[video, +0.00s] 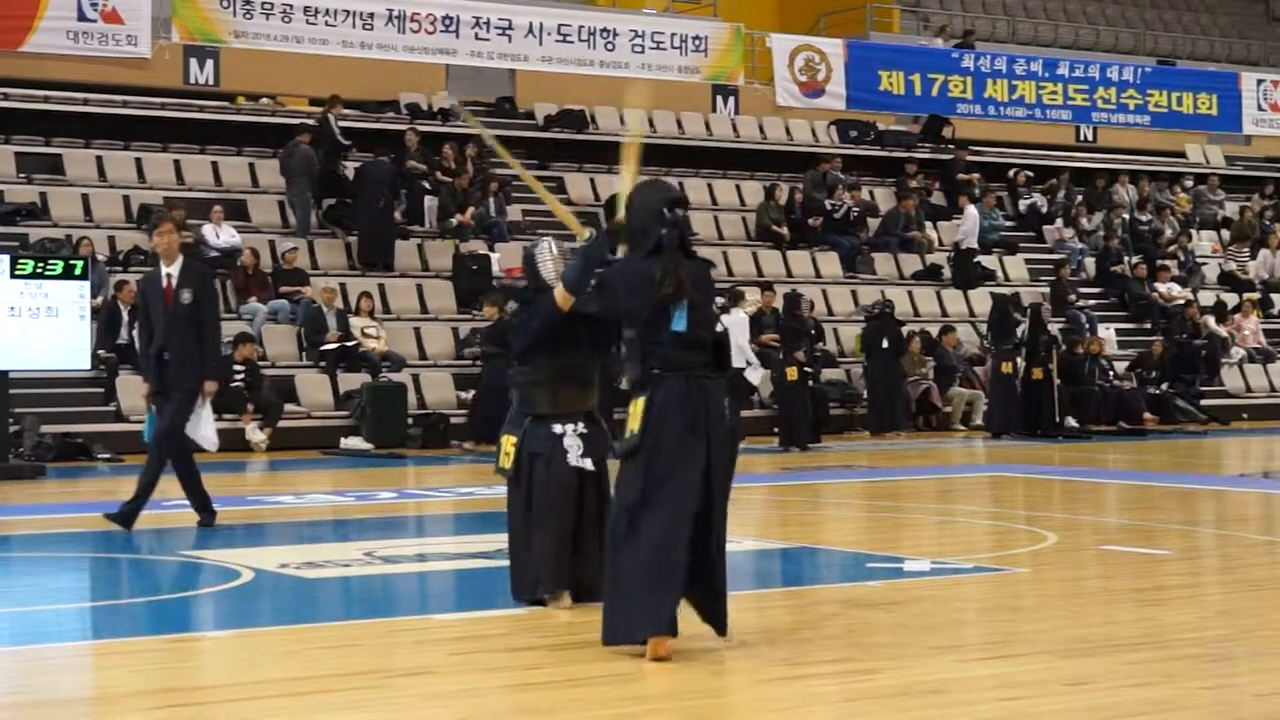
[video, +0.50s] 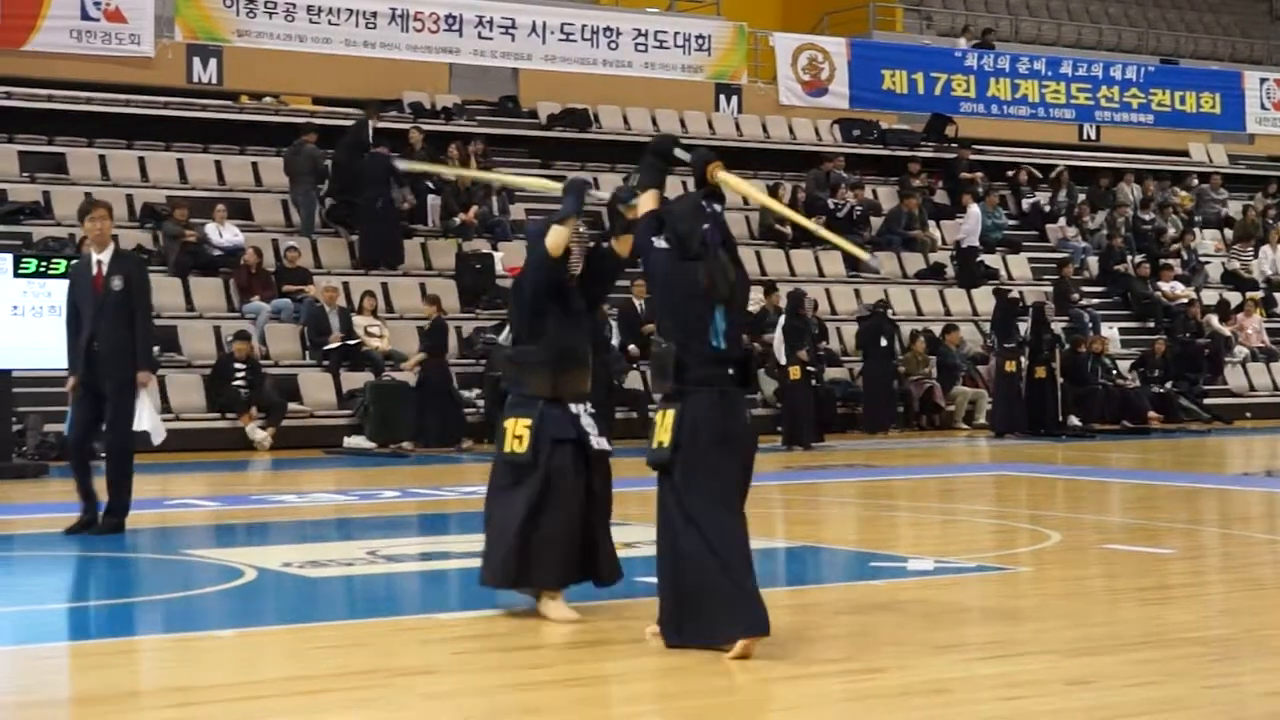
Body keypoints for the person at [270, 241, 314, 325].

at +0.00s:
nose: (293, 256)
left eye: (294, 253)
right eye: (289, 253)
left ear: (297, 254)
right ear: (283, 256)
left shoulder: (301, 272)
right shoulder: (277, 271)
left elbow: (308, 287)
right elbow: (279, 289)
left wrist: (306, 294)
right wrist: (299, 289)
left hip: (300, 295)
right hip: (284, 297)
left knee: (306, 301)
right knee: (305, 309)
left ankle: (298, 328)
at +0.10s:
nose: (293, 256)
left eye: (295, 253)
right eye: (289, 253)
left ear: (297, 254)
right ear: (283, 255)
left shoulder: (302, 272)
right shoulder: (277, 271)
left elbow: (309, 287)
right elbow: (279, 289)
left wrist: (307, 294)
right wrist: (300, 289)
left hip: (300, 296)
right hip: (284, 297)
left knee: (306, 301)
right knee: (305, 309)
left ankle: (299, 328)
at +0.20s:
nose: (293, 256)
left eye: (294, 253)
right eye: (289, 253)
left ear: (297, 255)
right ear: (283, 255)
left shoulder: (303, 272)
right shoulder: (278, 271)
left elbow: (309, 288)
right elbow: (280, 289)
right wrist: (300, 289)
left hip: (300, 296)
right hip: (285, 297)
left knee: (307, 301)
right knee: (308, 309)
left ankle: (299, 328)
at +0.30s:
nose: (292, 256)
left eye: (294, 253)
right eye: (289, 253)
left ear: (298, 255)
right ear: (284, 255)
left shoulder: (303, 272)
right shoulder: (278, 271)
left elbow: (310, 288)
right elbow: (281, 289)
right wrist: (301, 288)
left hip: (301, 295)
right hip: (285, 297)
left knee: (307, 301)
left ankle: (300, 328)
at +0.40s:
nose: (292, 255)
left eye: (294, 252)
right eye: (289, 252)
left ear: (298, 254)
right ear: (284, 255)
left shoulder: (304, 271)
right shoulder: (279, 271)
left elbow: (310, 287)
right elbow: (281, 289)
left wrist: (309, 293)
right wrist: (301, 288)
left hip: (301, 295)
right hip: (286, 297)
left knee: (308, 301)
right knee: (310, 308)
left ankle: (301, 327)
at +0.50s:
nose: (292, 254)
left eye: (295, 251)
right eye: (289, 251)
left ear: (299, 254)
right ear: (285, 254)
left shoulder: (305, 271)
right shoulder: (280, 270)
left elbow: (311, 287)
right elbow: (282, 288)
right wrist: (302, 288)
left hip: (302, 294)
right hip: (287, 296)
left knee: (309, 301)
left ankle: (302, 326)